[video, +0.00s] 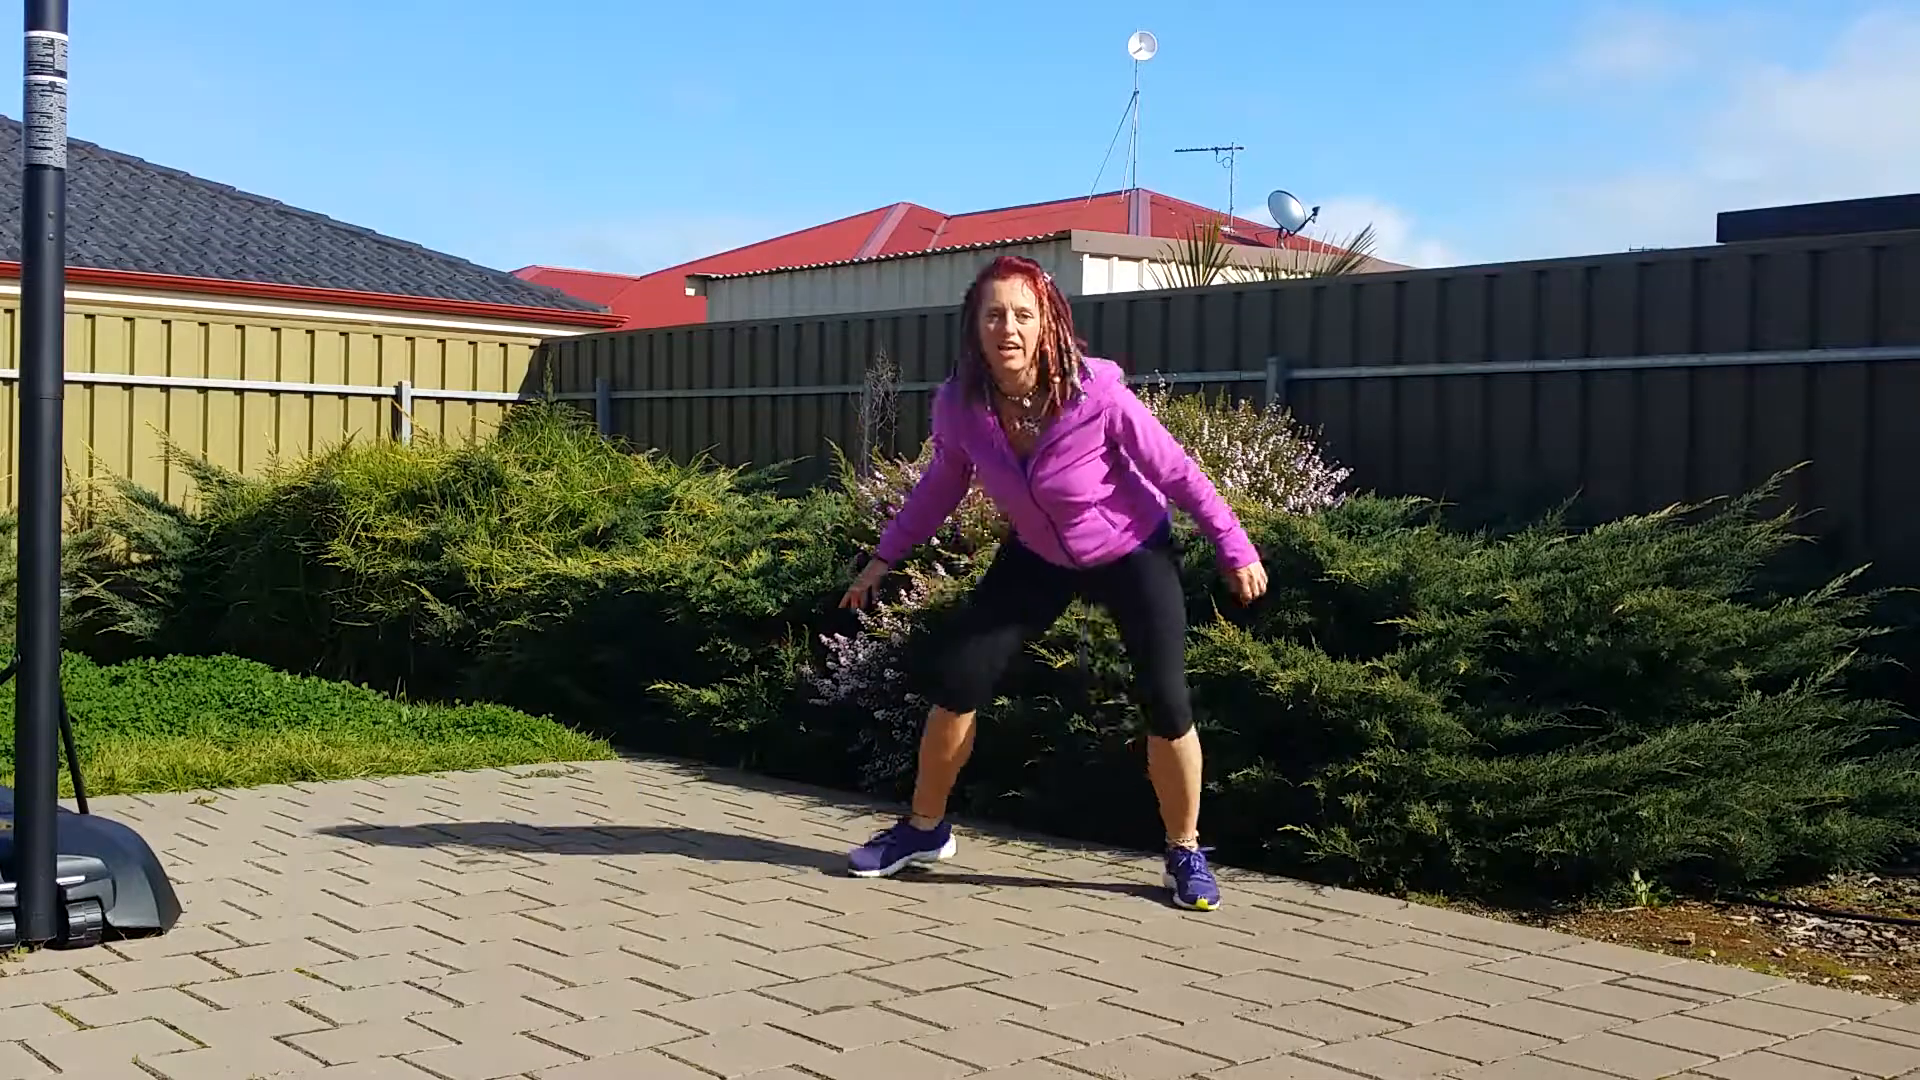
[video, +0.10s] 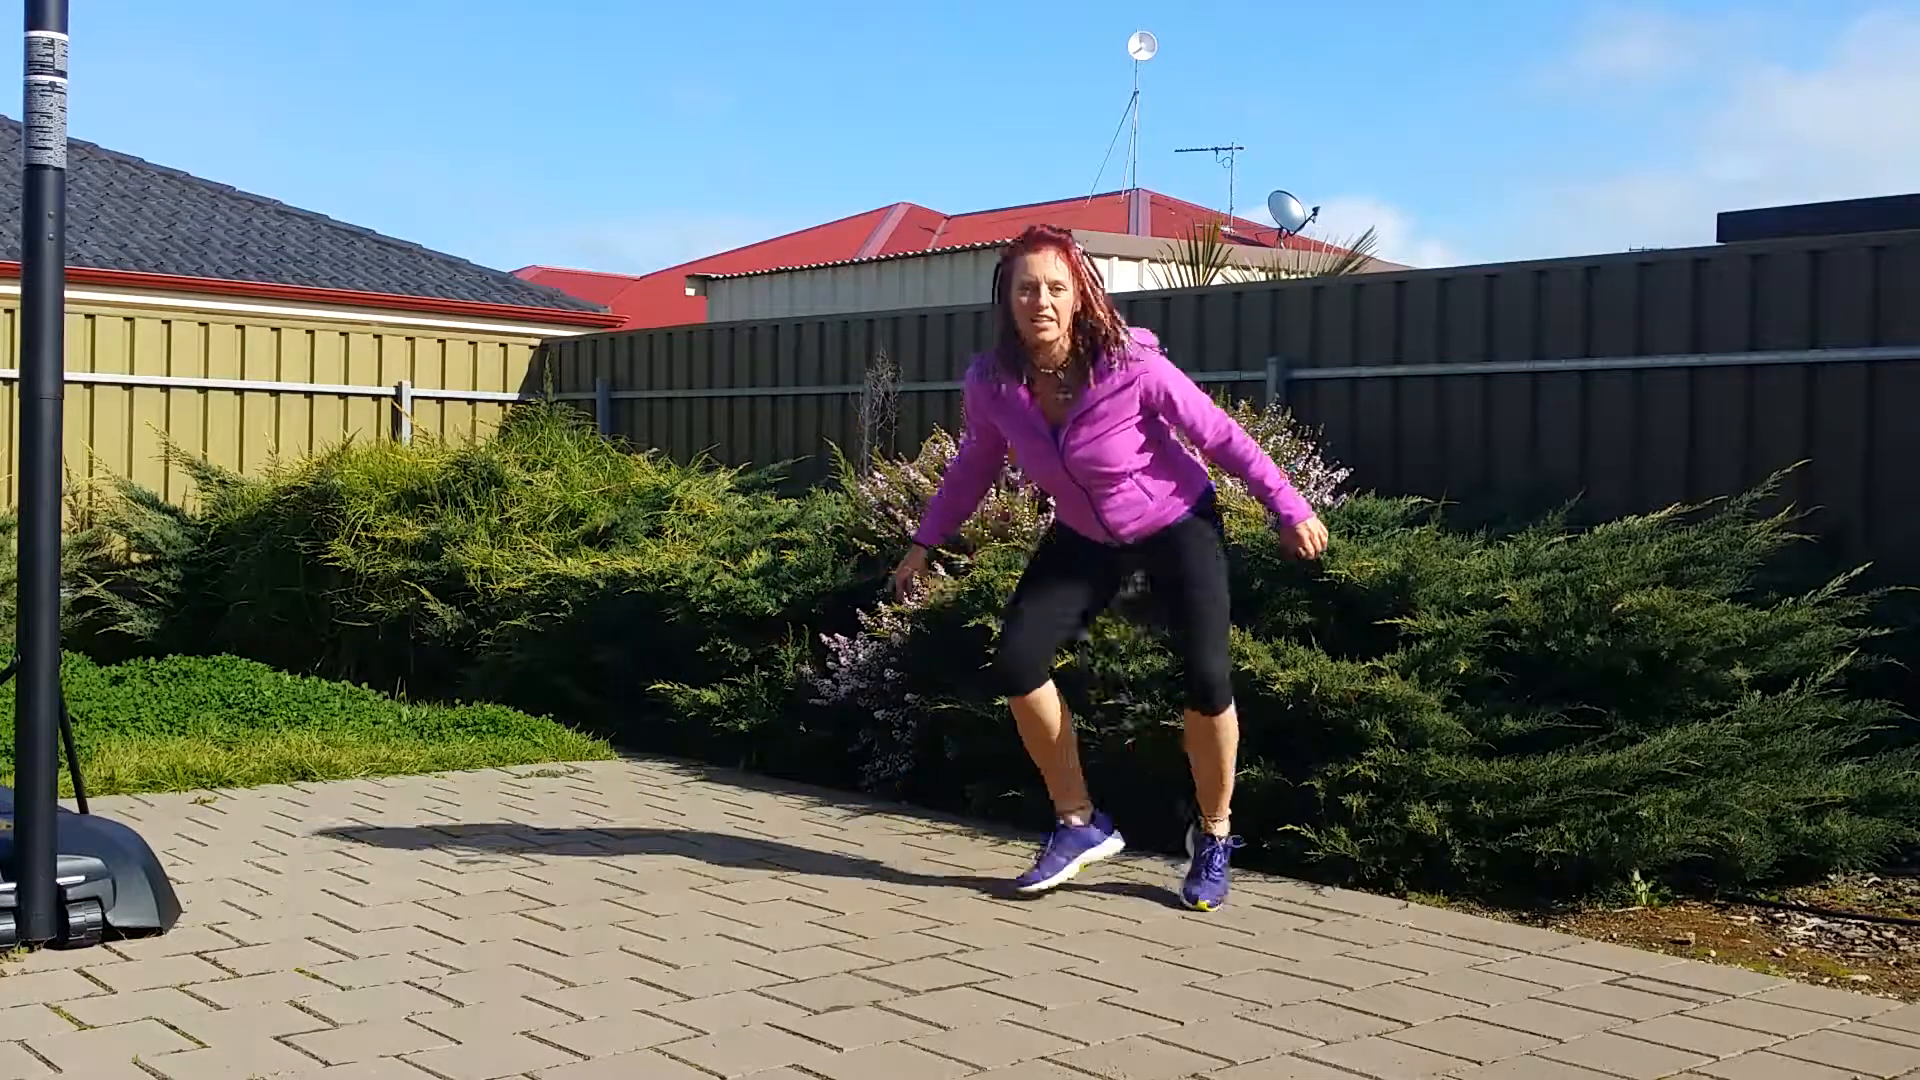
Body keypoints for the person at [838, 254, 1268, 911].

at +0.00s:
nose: (1006, 327)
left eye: (1021, 314)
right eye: (993, 315)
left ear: (1047, 325)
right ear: (975, 328)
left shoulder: (1097, 390)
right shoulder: (960, 404)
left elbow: (1177, 472)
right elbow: (939, 486)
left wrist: (1236, 547)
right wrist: (885, 555)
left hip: (1130, 550)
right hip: (1036, 552)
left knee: (1166, 696)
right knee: (958, 679)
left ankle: (1185, 853)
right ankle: (923, 827)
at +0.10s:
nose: (1039, 301)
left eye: (1053, 286)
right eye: (1024, 288)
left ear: (1081, 295)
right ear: (1006, 300)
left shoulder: (1133, 362)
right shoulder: (992, 384)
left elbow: (1219, 434)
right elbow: (970, 469)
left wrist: (1290, 506)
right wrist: (924, 542)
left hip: (1176, 524)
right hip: (1082, 534)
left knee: (1208, 678)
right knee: (1019, 662)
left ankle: (1214, 839)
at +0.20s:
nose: (1071, 302)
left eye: (1085, 287)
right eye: (1056, 289)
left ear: (1112, 294)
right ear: (1035, 300)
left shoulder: (1159, 355)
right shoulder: (1019, 381)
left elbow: (1250, 430)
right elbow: (998, 467)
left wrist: (1325, 497)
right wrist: (951, 544)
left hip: (1215, 517)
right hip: (1120, 543)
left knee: (1269, 651)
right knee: (1087, 680)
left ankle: (1333, 827)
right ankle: (1183, 829)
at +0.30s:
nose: (1102, 340)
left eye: (1117, 325)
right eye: (1087, 326)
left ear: (1141, 332)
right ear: (1066, 337)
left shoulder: (1188, 396)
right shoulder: (1046, 422)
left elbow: (1281, 465)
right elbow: (1027, 508)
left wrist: (1361, 528)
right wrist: (973, 584)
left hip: (1250, 550)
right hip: (1157, 584)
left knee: (1358, 667)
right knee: (1131, 715)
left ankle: (1487, 824)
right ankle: (1230, 867)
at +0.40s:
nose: (1135, 391)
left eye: (1148, 375)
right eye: (1118, 379)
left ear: (1175, 381)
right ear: (1093, 390)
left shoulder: (1222, 446)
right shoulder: (1079, 473)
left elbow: (1319, 509)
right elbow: (1051, 561)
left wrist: (1404, 576)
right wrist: (1002, 643)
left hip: (1294, 582)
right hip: (1194, 609)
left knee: (1421, 696)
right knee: (1137, 729)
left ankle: (1580, 825)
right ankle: (1239, 879)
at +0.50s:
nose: (1174, 434)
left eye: (1188, 419)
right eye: (1157, 422)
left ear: (1216, 427)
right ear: (1131, 436)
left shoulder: (1268, 487)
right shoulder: (1124, 515)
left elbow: (1372, 557)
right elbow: (1092, 601)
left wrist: (1457, 644)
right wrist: (1052, 680)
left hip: (1334, 600)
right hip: (1229, 620)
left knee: (1465, 727)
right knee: (1163, 730)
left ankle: (1609, 873)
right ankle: (1238, 881)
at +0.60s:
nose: (1229, 476)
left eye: (1243, 459)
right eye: (1211, 463)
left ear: (1270, 462)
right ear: (1187, 475)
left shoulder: (1327, 530)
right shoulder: (1184, 538)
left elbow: (1421, 616)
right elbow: (1155, 612)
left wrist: (1478, 728)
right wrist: (1116, 691)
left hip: (1393, 616)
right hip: (1294, 626)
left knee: (1496, 753)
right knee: (1192, 712)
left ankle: (1617, 908)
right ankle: (1239, 882)